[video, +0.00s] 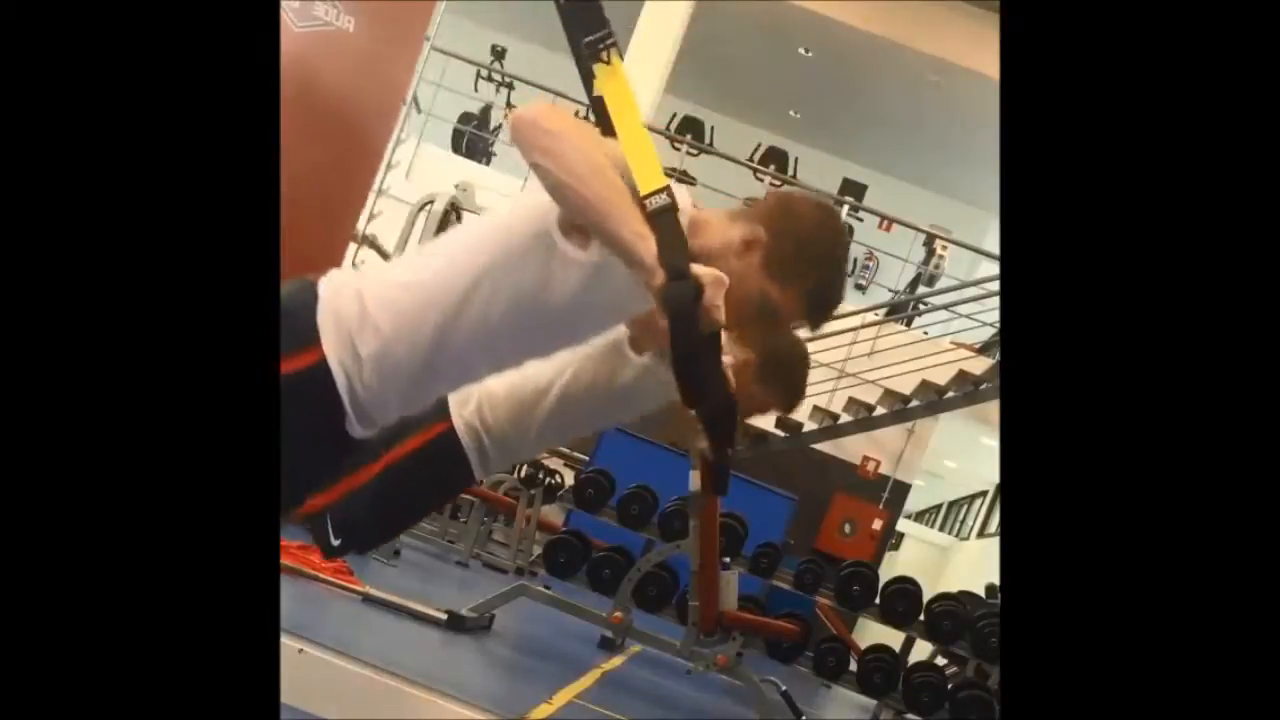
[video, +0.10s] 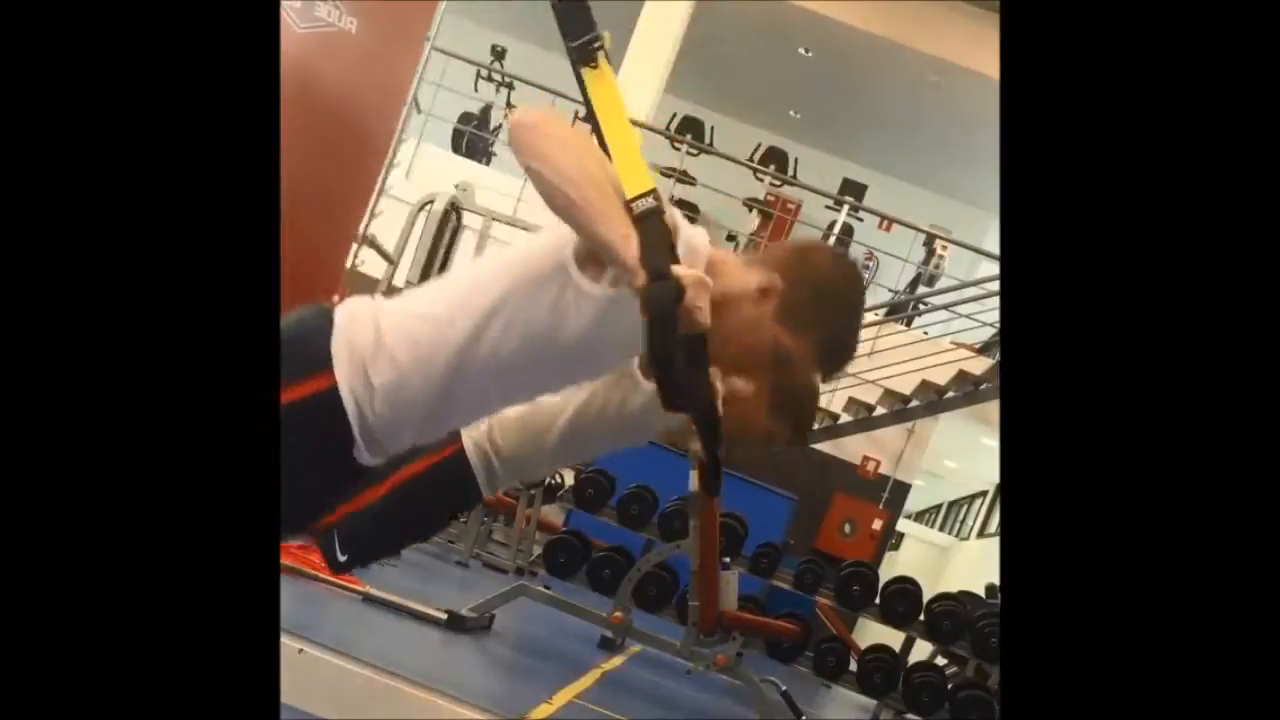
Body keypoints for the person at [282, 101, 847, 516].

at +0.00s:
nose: (735, 314)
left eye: (754, 317)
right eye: (754, 298)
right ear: (753, 239)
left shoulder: (663, 284)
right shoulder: (646, 197)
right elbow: (534, 123)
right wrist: (661, 266)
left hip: (360, 419)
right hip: (320, 355)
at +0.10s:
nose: (754, 374)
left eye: (775, 372)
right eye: (774, 358)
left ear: (761, 289)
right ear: (764, 292)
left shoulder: (679, 323)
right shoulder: (667, 238)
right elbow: (531, 129)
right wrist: (636, 257)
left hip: (372, 443)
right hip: (331, 385)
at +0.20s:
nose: (758, 408)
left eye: (778, 408)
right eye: (778, 394)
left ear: (776, 328)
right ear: (776, 333)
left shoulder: (690, 361)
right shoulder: (663, 256)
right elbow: (532, 137)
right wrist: (629, 266)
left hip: (371, 463)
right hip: (333, 408)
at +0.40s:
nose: (769, 493)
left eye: (791, 489)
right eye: (789, 472)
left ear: (780, 390)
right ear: (782, 397)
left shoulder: (703, 431)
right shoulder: (671, 311)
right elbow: (531, 177)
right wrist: (628, 298)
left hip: (371, 496)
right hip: (335, 441)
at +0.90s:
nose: (764, 486)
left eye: (788, 481)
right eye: (787, 462)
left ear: (781, 380)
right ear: (782, 387)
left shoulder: (705, 417)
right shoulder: (679, 315)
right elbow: (533, 174)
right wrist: (642, 292)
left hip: (369, 490)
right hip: (335, 443)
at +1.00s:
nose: (767, 418)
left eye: (789, 415)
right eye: (783, 398)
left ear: (779, 332)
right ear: (776, 330)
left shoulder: (699, 375)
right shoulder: (665, 269)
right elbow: (525, 154)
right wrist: (634, 280)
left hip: (368, 469)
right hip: (332, 419)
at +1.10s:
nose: (753, 362)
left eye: (771, 364)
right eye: (770, 348)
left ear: (770, 272)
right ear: (769, 277)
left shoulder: (686, 330)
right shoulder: (667, 231)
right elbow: (519, 147)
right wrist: (638, 285)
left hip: (370, 444)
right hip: (332, 387)